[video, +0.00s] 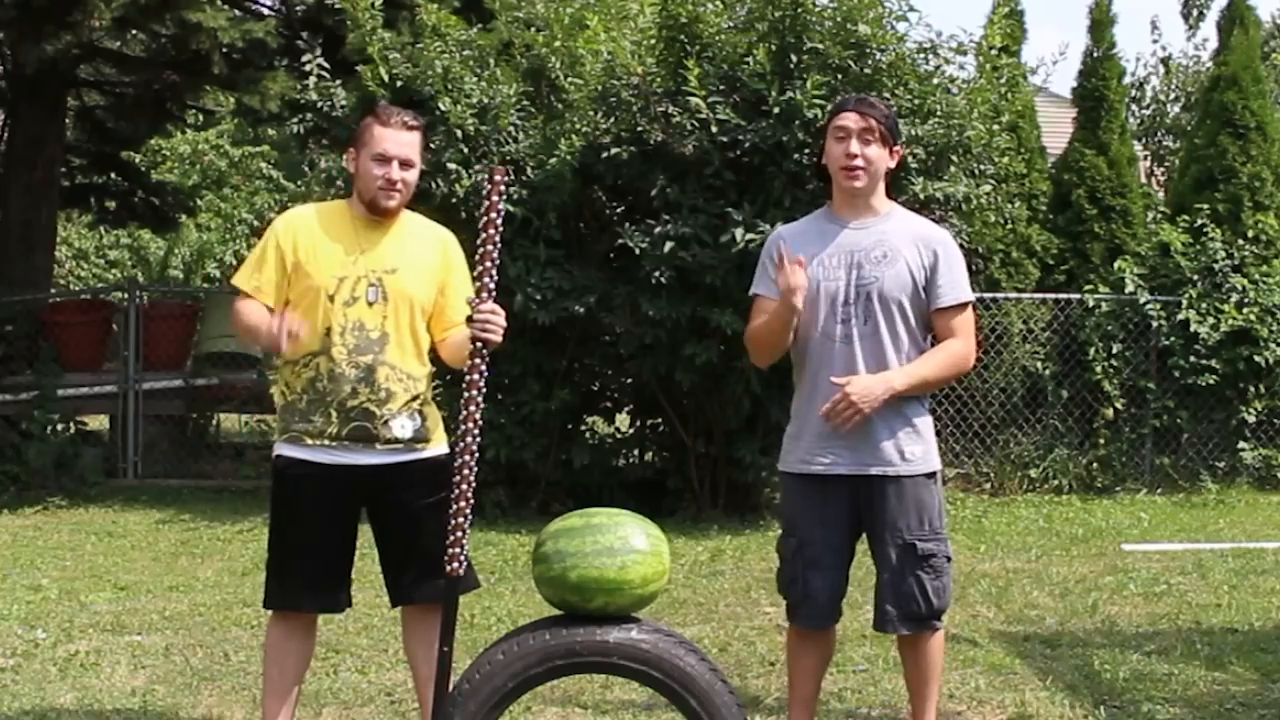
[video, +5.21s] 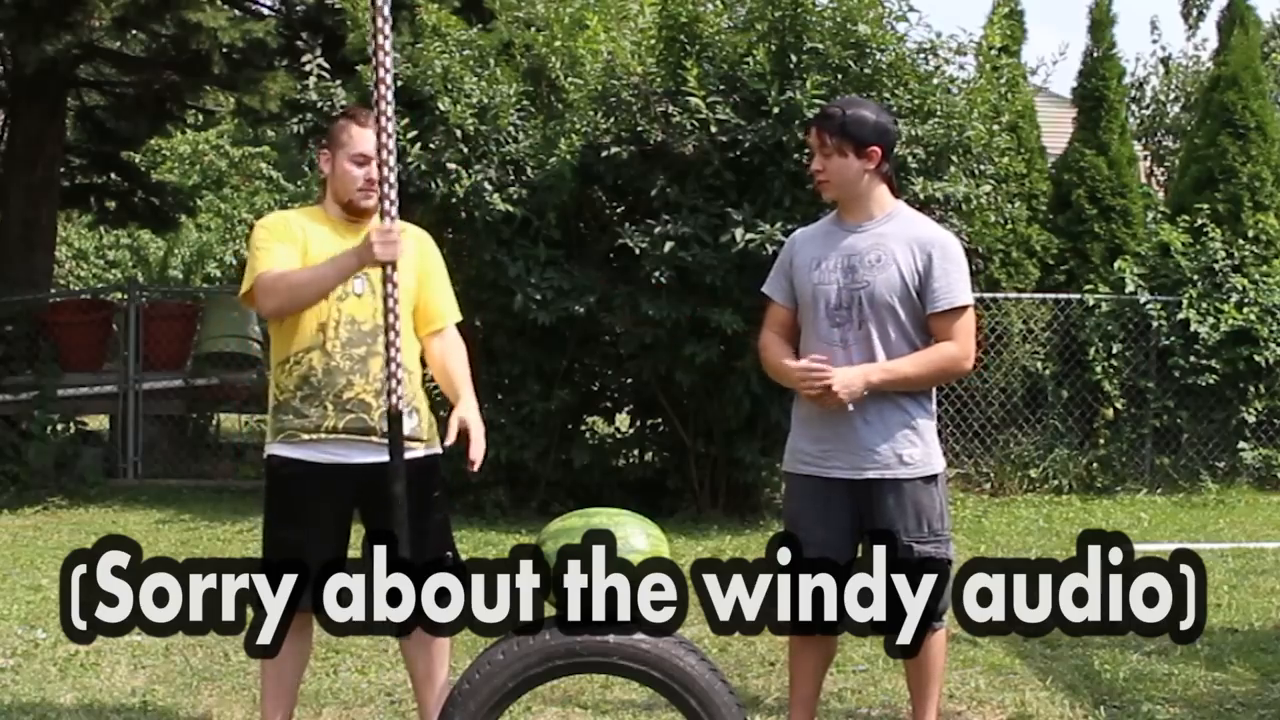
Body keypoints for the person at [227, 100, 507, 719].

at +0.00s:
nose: (395, 174)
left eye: (407, 164)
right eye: (382, 159)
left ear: (421, 172)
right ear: (351, 160)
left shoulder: (438, 244)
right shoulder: (296, 229)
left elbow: (450, 346)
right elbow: (246, 309)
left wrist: (479, 336)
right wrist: (272, 330)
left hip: (412, 454)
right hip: (312, 452)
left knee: (428, 596)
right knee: (295, 602)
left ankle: (437, 714)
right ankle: (275, 716)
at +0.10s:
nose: (392, 173)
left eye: (405, 163)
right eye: (379, 159)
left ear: (418, 171)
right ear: (349, 160)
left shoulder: (437, 244)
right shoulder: (295, 231)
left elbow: (449, 346)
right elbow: (263, 321)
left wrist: (478, 336)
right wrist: (263, 405)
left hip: (411, 454)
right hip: (311, 454)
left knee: (430, 599)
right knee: (294, 603)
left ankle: (438, 716)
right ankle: (275, 717)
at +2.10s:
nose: (407, 171)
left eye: (412, 159)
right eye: (392, 160)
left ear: (415, 163)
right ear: (347, 163)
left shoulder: (432, 239)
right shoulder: (286, 234)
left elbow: (444, 337)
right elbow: (256, 332)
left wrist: (469, 334)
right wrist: (241, 428)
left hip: (412, 461)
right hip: (310, 459)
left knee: (427, 605)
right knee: (294, 604)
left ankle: (440, 716)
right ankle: (275, 716)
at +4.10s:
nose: (369, 166)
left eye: (381, 156)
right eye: (356, 154)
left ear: (396, 166)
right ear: (328, 160)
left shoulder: (423, 240)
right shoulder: (281, 237)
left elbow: (443, 335)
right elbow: (253, 335)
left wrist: (455, 335)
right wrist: (253, 433)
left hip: (404, 458)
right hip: (306, 455)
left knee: (425, 603)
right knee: (292, 601)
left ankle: (438, 714)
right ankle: (277, 716)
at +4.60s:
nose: (368, 159)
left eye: (378, 150)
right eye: (354, 147)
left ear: (389, 162)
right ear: (320, 156)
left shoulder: (415, 237)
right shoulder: (273, 234)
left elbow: (443, 347)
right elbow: (236, 330)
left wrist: (428, 304)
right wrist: (294, 365)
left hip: (398, 456)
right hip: (300, 455)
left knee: (428, 602)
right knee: (285, 603)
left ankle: (432, 718)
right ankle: (275, 716)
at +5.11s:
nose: (368, 165)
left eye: (377, 154)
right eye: (353, 153)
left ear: (387, 163)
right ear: (319, 161)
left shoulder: (413, 239)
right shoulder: (278, 233)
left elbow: (440, 321)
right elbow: (267, 322)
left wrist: (458, 360)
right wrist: (351, 303)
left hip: (406, 451)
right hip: (307, 452)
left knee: (429, 599)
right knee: (291, 600)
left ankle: (436, 715)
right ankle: (275, 715)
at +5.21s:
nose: (373, 172)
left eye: (382, 160)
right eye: (359, 159)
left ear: (391, 166)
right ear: (325, 162)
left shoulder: (413, 242)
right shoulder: (281, 230)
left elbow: (440, 331)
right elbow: (270, 299)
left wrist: (464, 396)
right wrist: (357, 258)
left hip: (404, 452)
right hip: (306, 453)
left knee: (428, 599)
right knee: (291, 601)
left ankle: (438, 716)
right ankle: (275, 716)